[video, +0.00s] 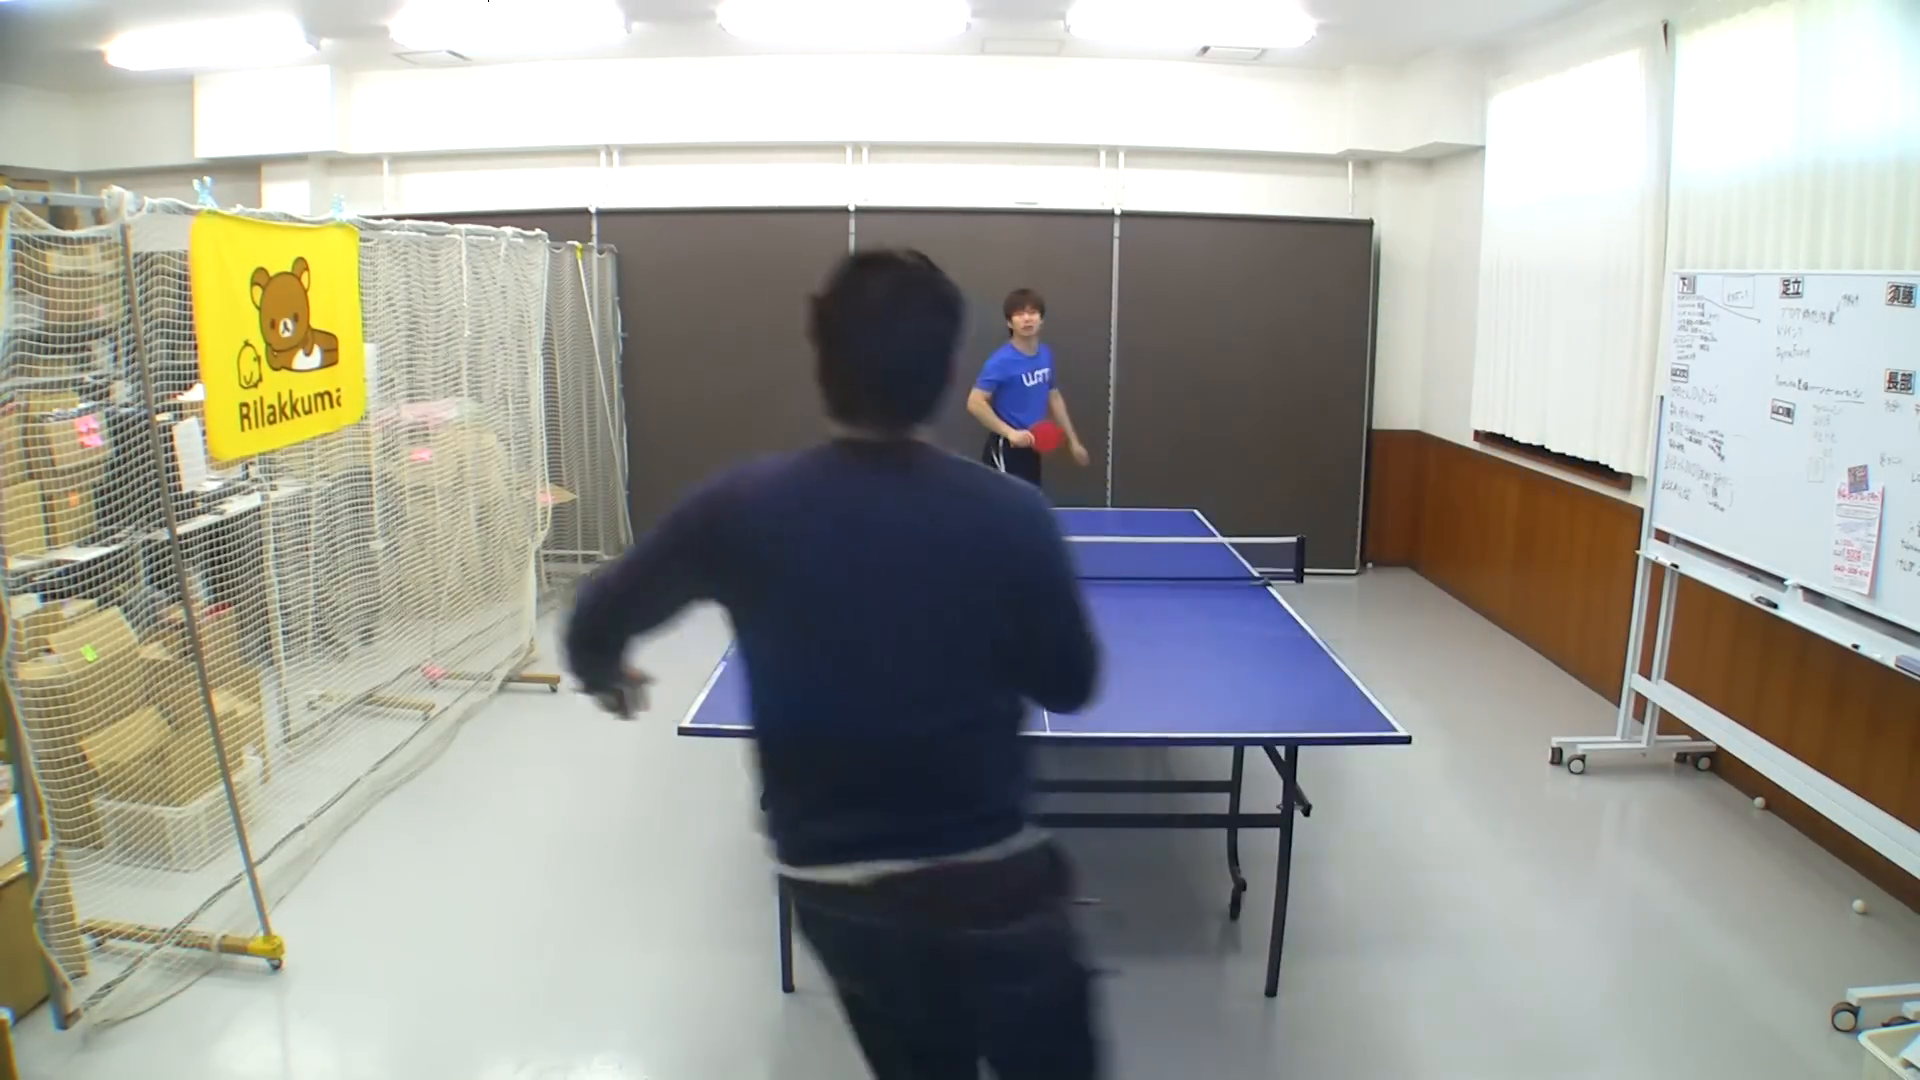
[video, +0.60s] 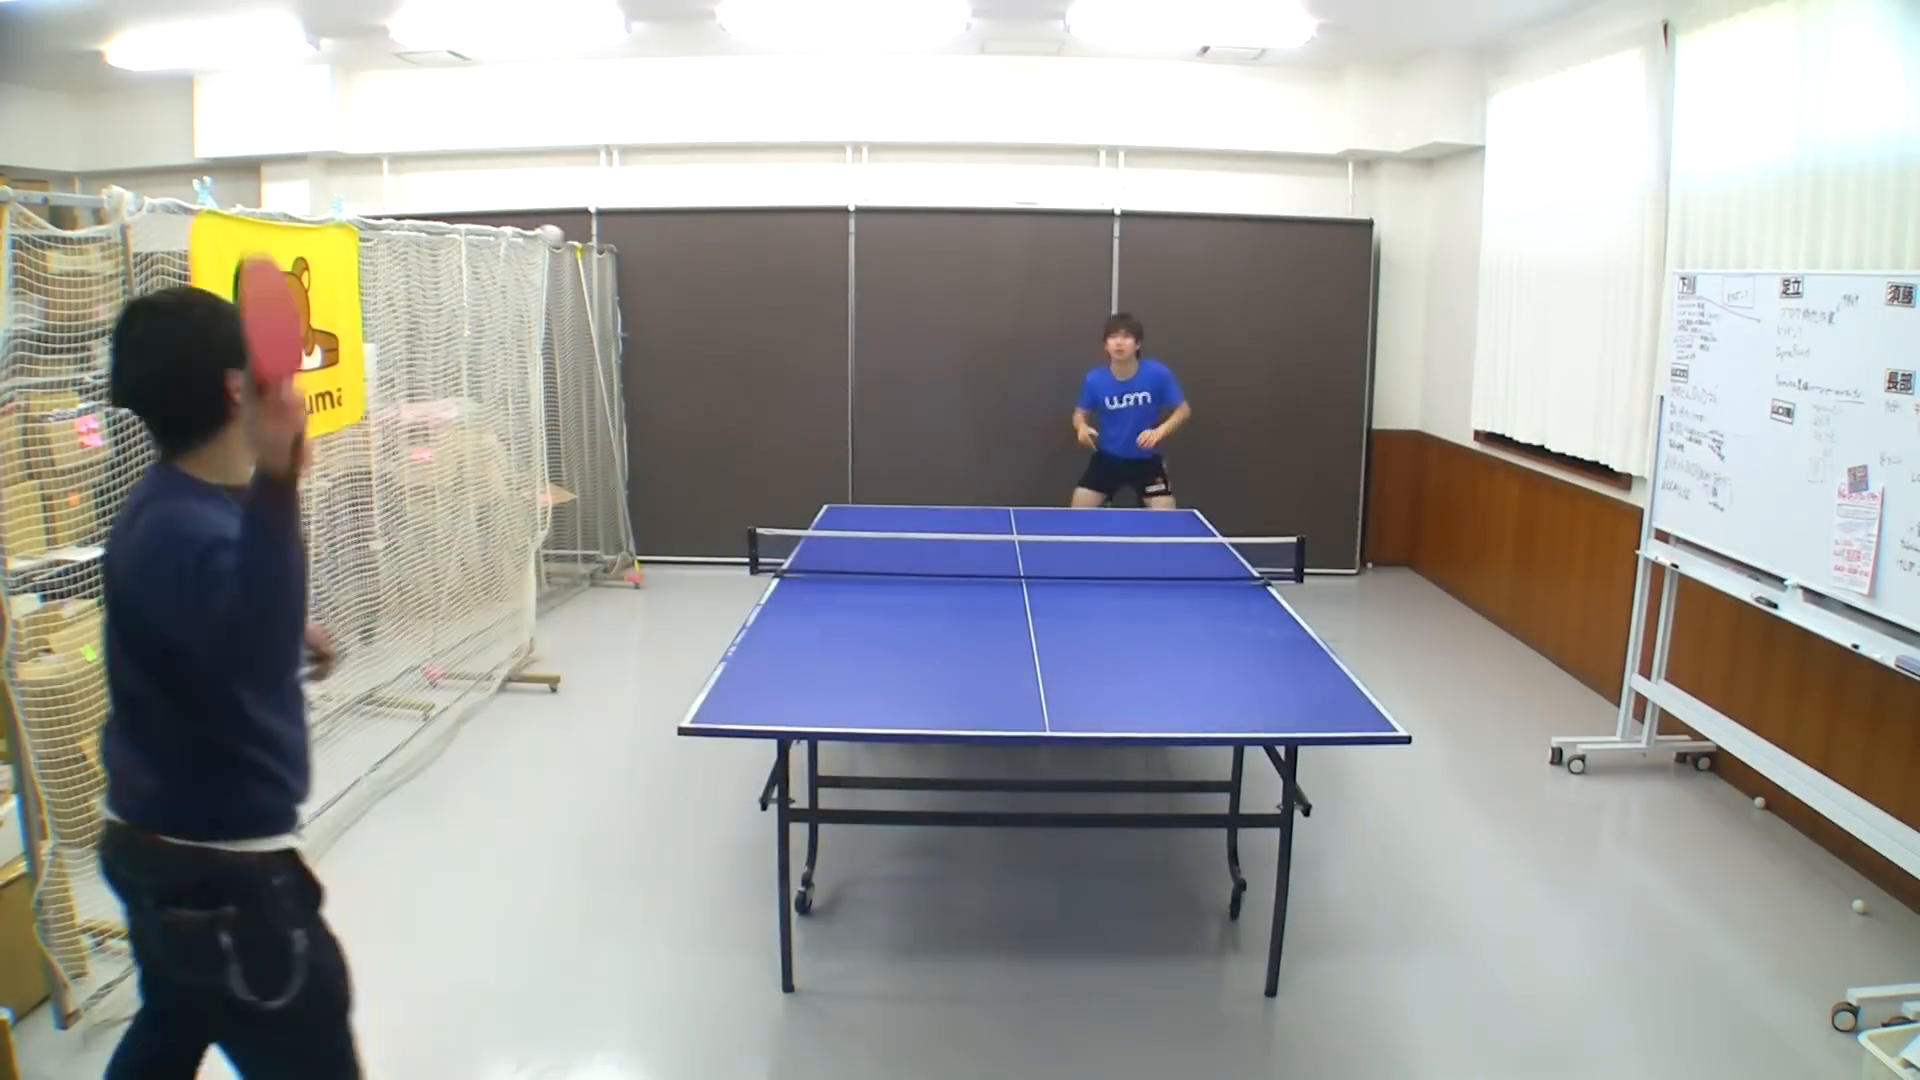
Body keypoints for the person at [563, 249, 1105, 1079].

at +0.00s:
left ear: (824, 364)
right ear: (948, 372)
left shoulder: (746, 507)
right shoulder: (1007, 516)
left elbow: (598, 615)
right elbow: (1068, 682)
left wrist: (605, 673)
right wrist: (974, 621)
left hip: (844, 896)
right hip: (993, 881)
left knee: (922, 1067)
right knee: (1056, 1065)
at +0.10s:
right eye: (839, 320)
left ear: (712, 328)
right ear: (837, 343)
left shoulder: (624, 459)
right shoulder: (879, 498)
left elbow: (492, 584)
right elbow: (945, 668)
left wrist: (508, 660)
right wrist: (874, 580)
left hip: (676, 868)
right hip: (819, 873)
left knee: (790, 1044)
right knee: (831, 1060)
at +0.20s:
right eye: (718, 349)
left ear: (594, 356)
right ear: (714, 371)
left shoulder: (504, 488)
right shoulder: (732, 542)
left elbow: (421, 646)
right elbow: (827, 718)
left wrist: (532, 635)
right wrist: (892, 681)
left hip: (516, 871)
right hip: (634, 897)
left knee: (593, 1062)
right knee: (652, 1063)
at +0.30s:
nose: (595, 386)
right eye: (594, 368)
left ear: (463, 379)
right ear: (581, 387)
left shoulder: (396, 517)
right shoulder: (546, 575)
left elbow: (451, 649)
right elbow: (636, 774)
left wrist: (585, 606)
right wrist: (814, 754)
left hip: (389, 882)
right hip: (501, 913)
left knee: (436, 1007)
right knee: (569, 1061)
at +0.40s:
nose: (461, 397)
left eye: (453, 378)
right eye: (453, 380)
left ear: (344, 402)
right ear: (433, 402)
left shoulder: (340, 505)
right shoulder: (375, 578)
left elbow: (409, 551)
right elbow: (423, 761)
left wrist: (506, 572)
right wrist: (575, 715)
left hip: (306, 872)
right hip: (382, 902)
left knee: (269, 1031)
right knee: (480, 1065)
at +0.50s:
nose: (352, 399)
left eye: (345, 382)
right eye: (344, 384)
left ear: (234, 419)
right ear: (326, 409)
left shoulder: (290, 507)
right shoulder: (235, 565)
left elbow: (352, 547)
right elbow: (274, 676)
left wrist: (419, 577)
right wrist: (346, 569)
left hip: (229, 873)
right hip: (293, 898)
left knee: (206, 1042)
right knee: (384, 1066)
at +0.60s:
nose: (280, 381)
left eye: (273, 363)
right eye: (264, 363)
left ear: (146, 401)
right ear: (234, 390)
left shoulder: (160, 506)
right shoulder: (193, 536)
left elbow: (193, 642)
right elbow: (260, 649)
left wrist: (282, 644)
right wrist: (277, 486)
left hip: (151, 850)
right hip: (226, 876)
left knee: (171, 1025)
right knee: (314, 1065)